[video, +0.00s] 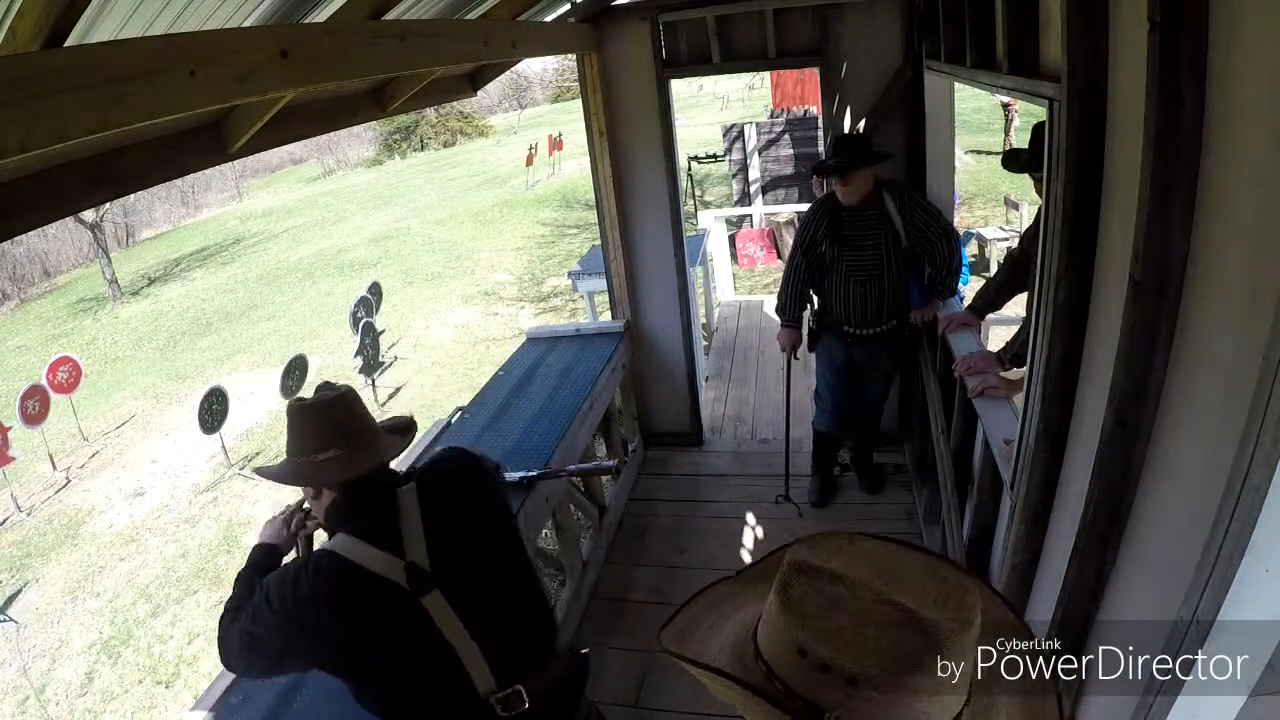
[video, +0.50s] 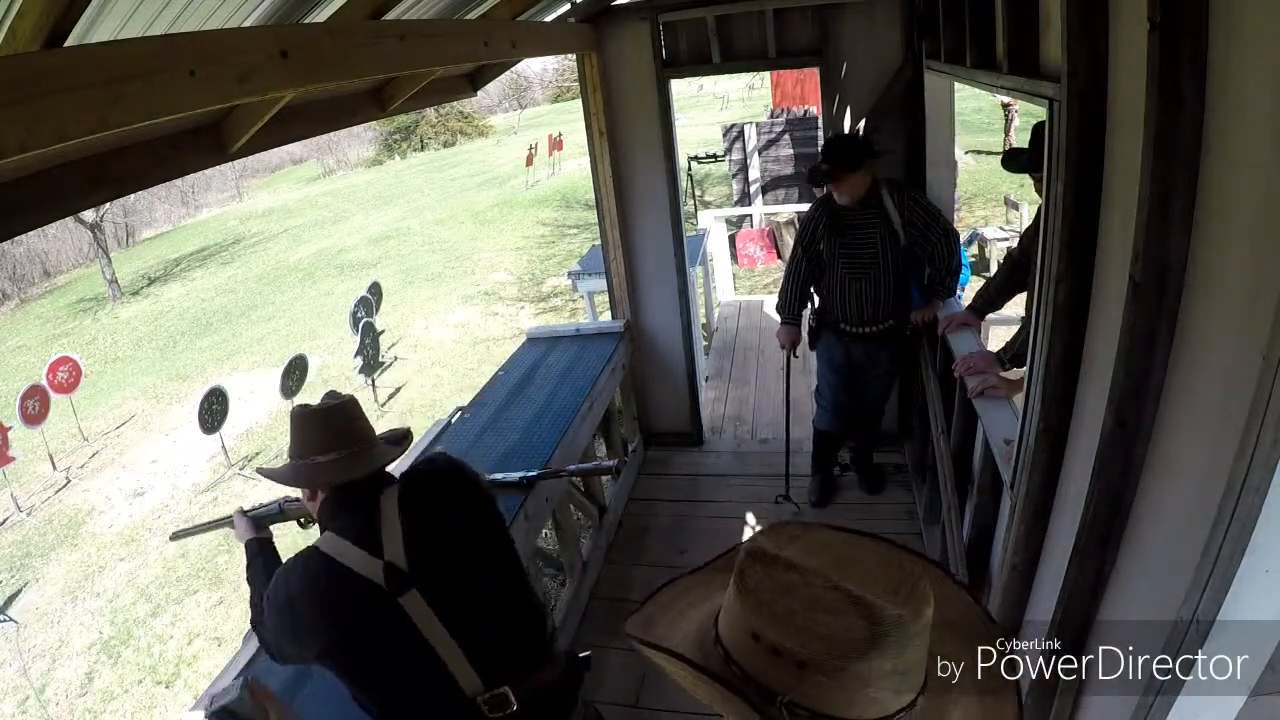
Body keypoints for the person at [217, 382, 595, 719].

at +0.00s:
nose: (303, 494)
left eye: (303, 483)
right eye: (303, 484)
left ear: (317, 489)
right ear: (384, 453)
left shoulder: (314, 591)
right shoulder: (466, 476)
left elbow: (235, 642)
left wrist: (267, 550)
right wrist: (339, 507)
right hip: (557, 683)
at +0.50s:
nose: (302, 491)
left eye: (300, 482)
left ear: (312, 490)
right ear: (380, 458)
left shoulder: (306, 589)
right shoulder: (448, 479)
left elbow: (278, 636)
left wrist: (254, 543)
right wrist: (333, 502)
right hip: (546, 683)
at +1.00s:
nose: (342, 465)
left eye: (342, 457)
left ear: (351, 466)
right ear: (421, 435)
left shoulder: (325, 559)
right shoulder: (488, 464)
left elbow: (287, 591)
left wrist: (282, 510)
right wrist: (380, 476)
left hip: (435, 715)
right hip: (546, 685)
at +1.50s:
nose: (456, 396)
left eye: (458, 386)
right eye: (457, 385)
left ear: (470, 392)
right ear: (530, 379)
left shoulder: (453, 476)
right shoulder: (589, 433)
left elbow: (396, 545)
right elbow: (615, 526)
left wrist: (388, 467)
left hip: (530, 648)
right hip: (611, 619)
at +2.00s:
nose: (497, 356)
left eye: (497, 347)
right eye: (495, 347)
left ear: (514, 350)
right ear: (554, 330)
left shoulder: (521, 407)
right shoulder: (617, 353)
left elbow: (460, 472)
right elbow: (662, 421)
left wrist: (394, 523)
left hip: (619, 534)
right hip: (683, 501)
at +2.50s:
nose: (519, 317)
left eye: (520, 308)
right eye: (517, 308)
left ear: (539, 310)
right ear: (575, 292)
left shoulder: (541, 360)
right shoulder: (619, 310)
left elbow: (507, 431)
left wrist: (465, 404)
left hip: (607, 484)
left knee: (607, 564)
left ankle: (614, 638)